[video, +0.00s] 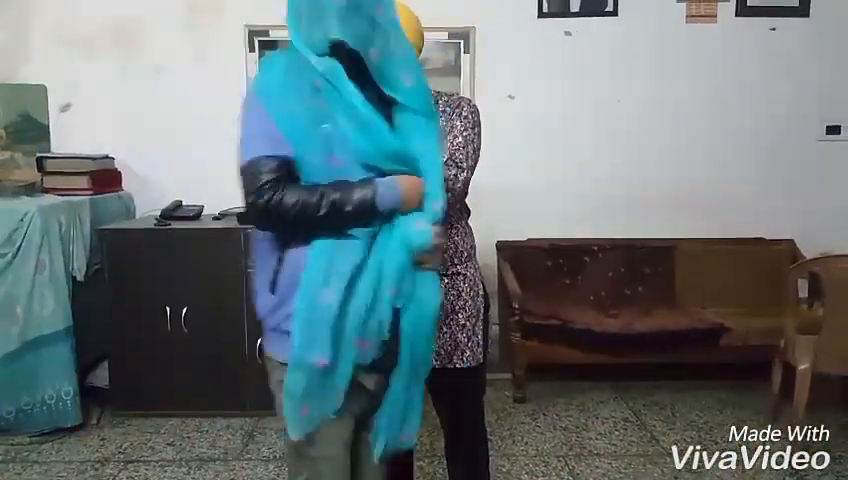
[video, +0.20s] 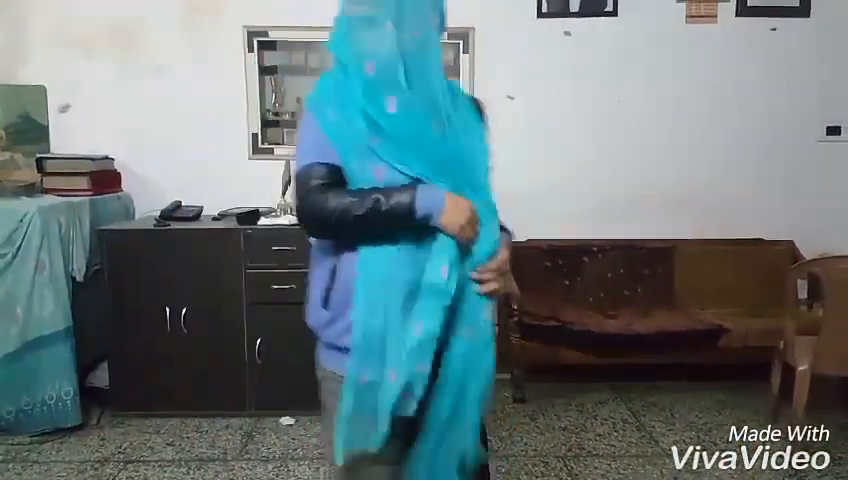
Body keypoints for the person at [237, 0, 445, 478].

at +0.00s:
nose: (381, 16)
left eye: (377, 9)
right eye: (370, 8)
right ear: (338, 11)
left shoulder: (397, 86)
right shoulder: (283, 77)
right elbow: (267, 199)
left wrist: (434, 237)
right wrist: (383, 194)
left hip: (391, 328)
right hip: (309, 331)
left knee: (380, 466)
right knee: (323, 466)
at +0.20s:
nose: (405, 40)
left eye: (419, 23)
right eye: (388, 23)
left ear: (433, 27)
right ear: (361, 26)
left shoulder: (460, 108)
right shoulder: (333, 102)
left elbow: (473, 199)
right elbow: (316, 206)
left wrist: (497, 245)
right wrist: (428, 202)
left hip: (453, 349)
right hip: (362, 348)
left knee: (455, 465)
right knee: (368, 464)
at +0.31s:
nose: (435, 71)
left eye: (449, 56)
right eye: (419, 56)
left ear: (464, 56)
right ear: (394, 53)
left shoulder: (494, 129)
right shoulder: (364, 130)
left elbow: (520, 231)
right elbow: (343, 235)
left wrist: (521, 262)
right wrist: (442, 236)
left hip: (480, 352)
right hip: (393, 356)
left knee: (478, 465)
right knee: (409, 464)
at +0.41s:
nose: (386, 70)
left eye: (395, 56)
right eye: (374, 62)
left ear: (418, 53)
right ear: (364, 68)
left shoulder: (448, 118)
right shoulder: (352, 126)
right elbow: (329, 213)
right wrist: (330, 296)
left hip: (445, 298)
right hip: (373, 302)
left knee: (444, 420)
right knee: (386, 430)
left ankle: (436, 473)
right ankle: (385, 475)